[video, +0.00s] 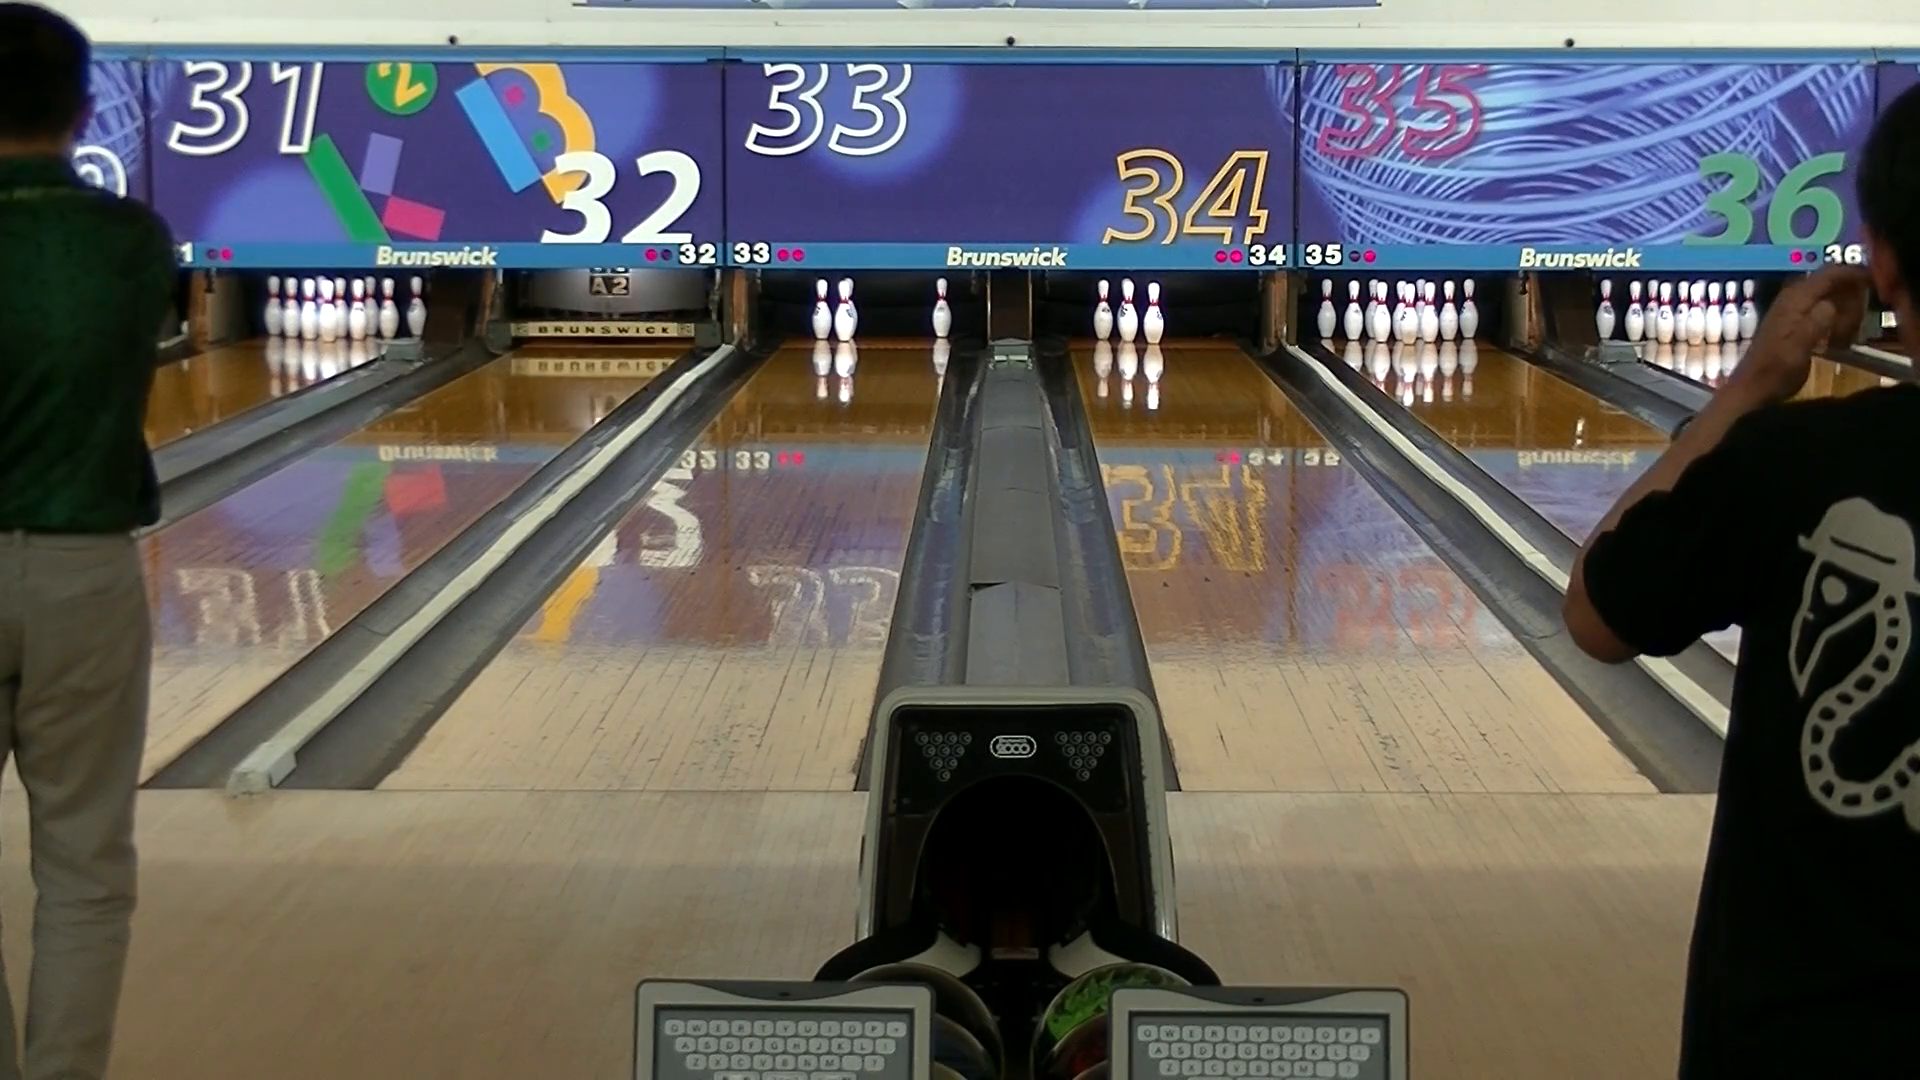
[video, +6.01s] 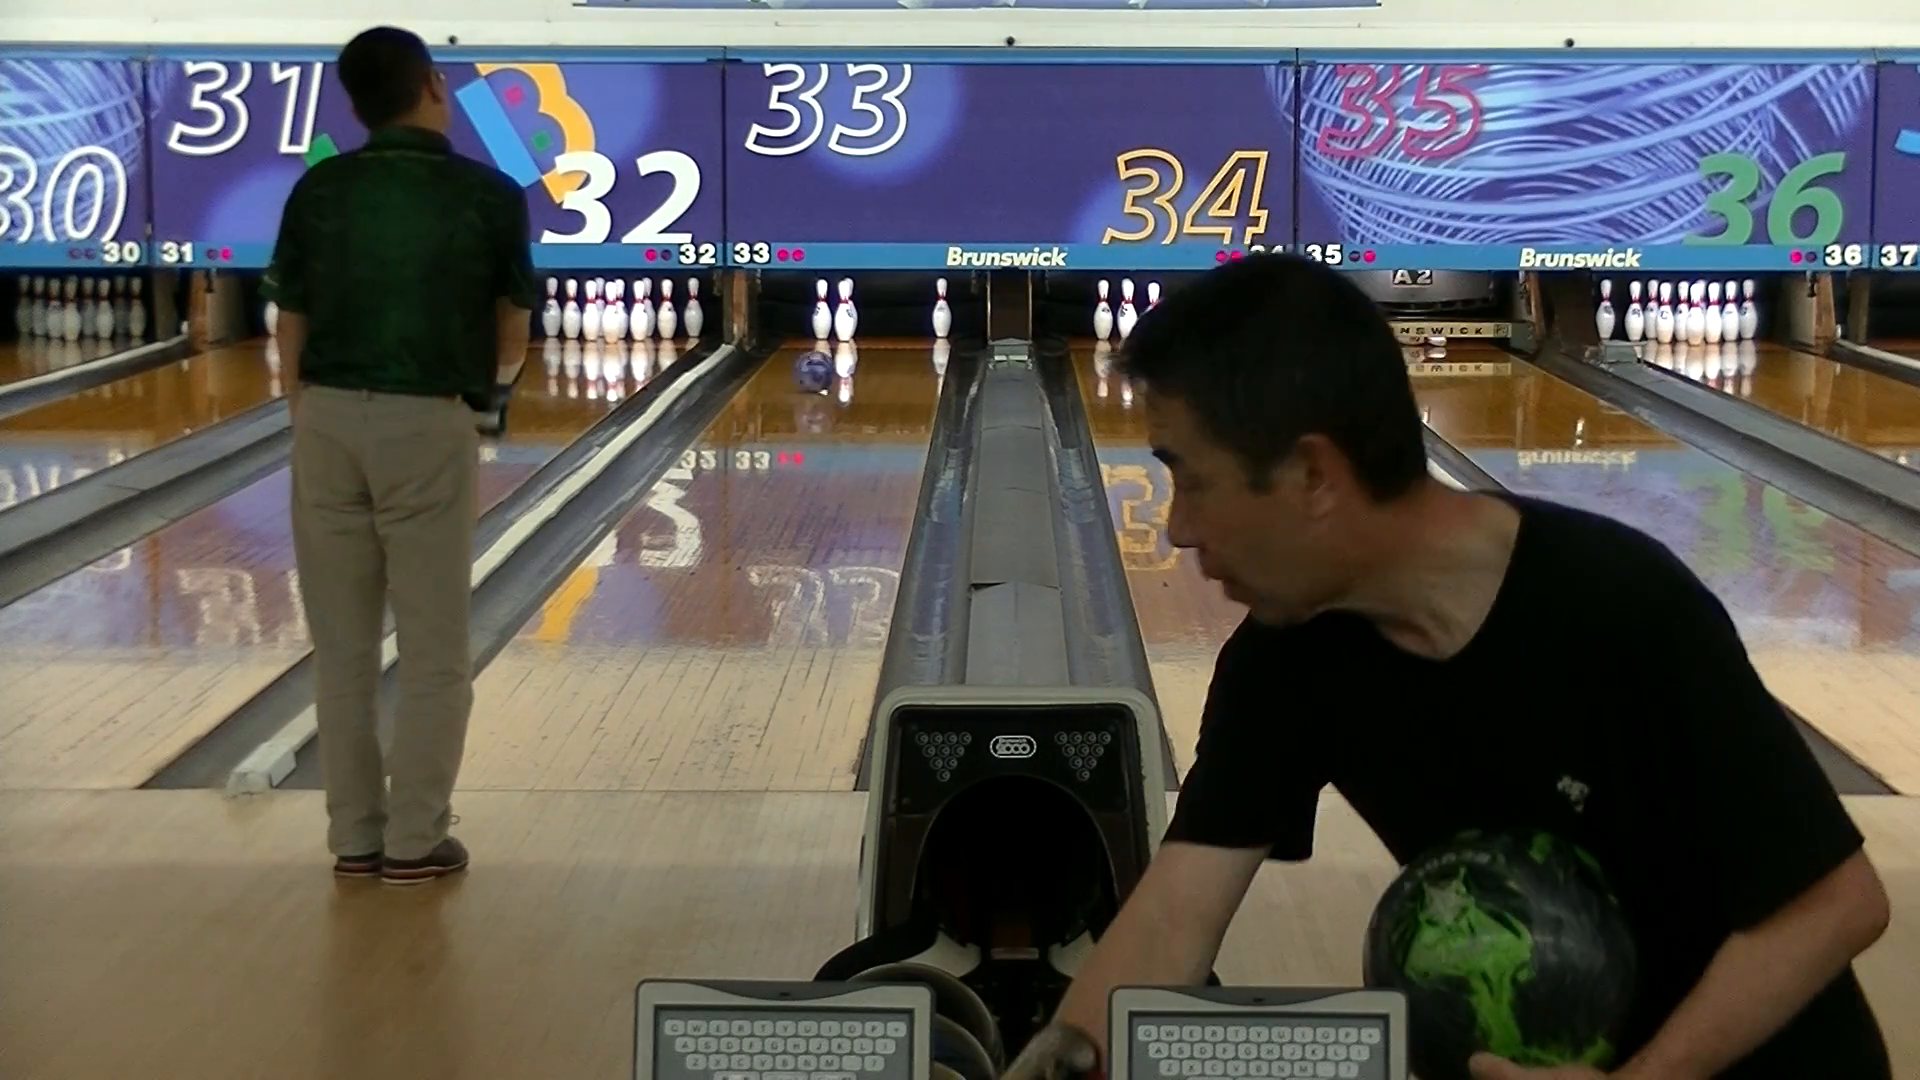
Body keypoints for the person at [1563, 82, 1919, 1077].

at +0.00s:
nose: (1864, 257)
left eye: (1866, 236)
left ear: (1885, 265)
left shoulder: (1813, 458)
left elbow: (1600, 616)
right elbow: (1602, 615)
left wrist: (1752, 380)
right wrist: (1756, 388)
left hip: (1792, 995)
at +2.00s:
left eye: (1599, 252)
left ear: (1613, 273)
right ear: (1803, 249)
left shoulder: (1557, 466)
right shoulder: (1899, 448)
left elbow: (1490, 748)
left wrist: (1427, 1000)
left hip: (1625, 1012)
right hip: (1878, 1010)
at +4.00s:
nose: (1047, 624)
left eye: (1013, 600)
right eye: (1015, 614)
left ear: (1025, 518)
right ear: (1031, 505)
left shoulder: (1132, 555)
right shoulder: (1269, 493)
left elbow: (1237, 791)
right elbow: (1333, 780)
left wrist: (1164, 918)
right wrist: (1182, 937)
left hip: (1450, 894)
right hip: (1546, 852)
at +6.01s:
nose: (1175, 534)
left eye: (1188, 483)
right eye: (1170, 484)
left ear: (1314, 477)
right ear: (1309, 482)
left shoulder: (1625, 600)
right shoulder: (1288, 650)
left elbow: (1839, 900)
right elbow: (1168, 924)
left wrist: (1635, 1073)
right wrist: (1050, 1070)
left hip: (1770, 1041)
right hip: (1542, 1036)